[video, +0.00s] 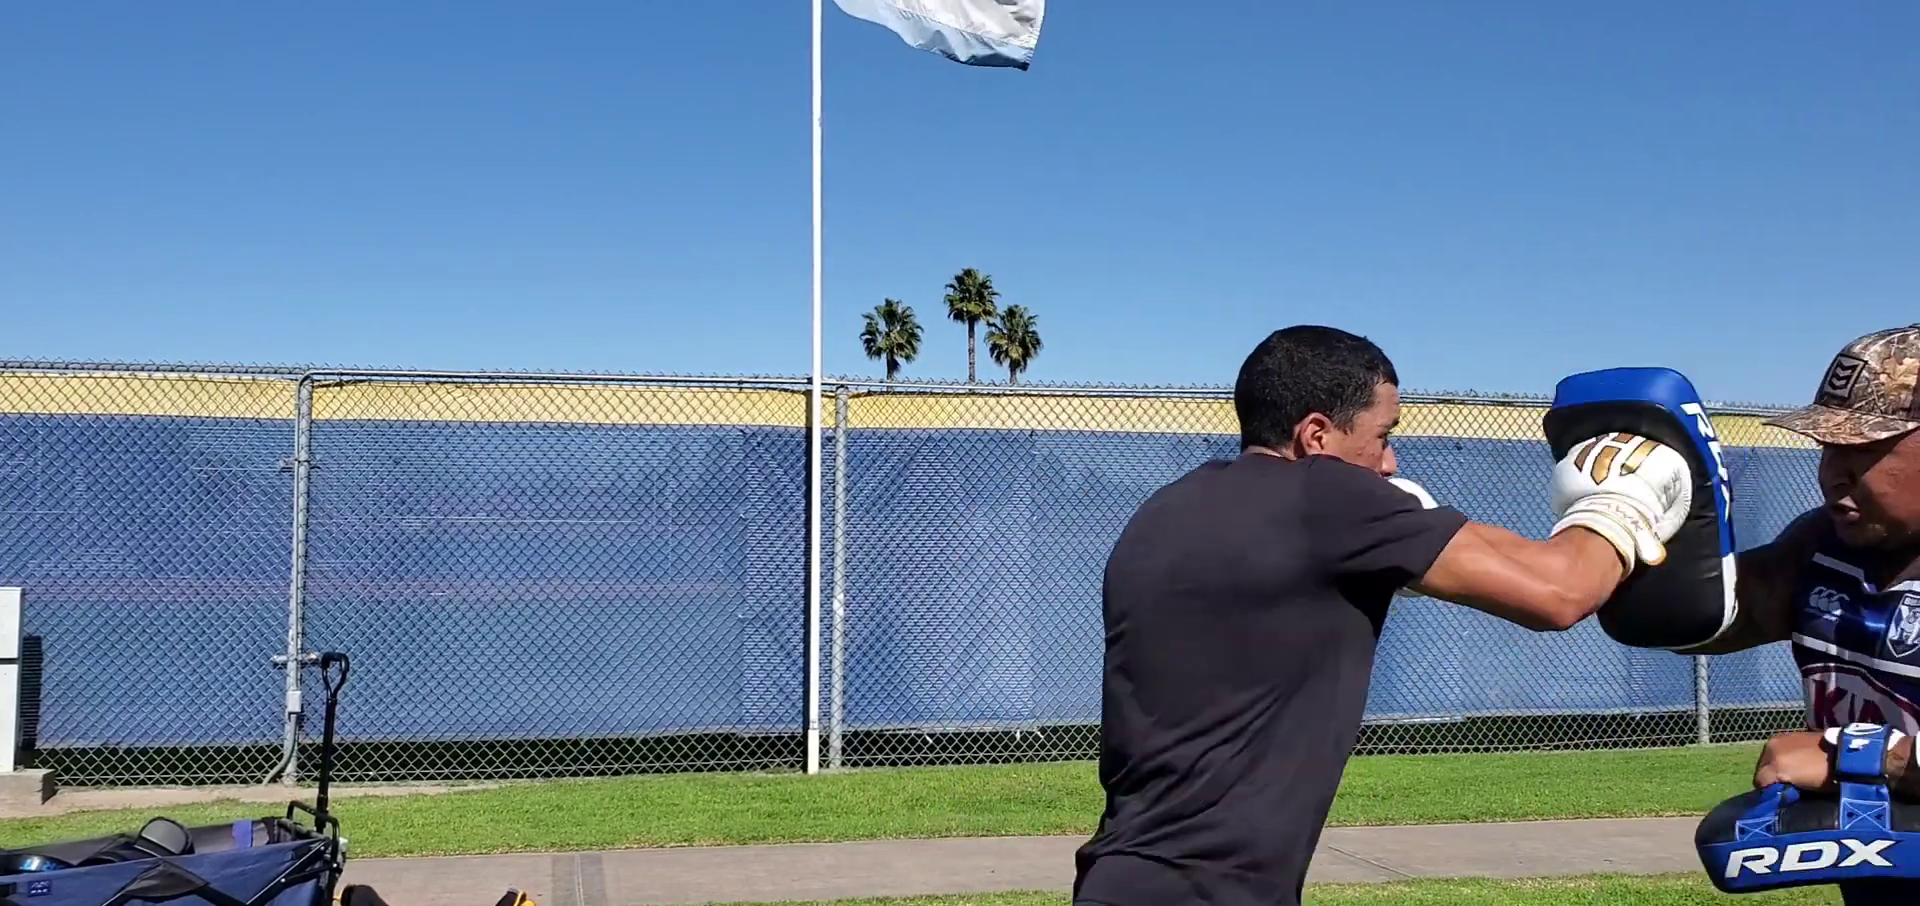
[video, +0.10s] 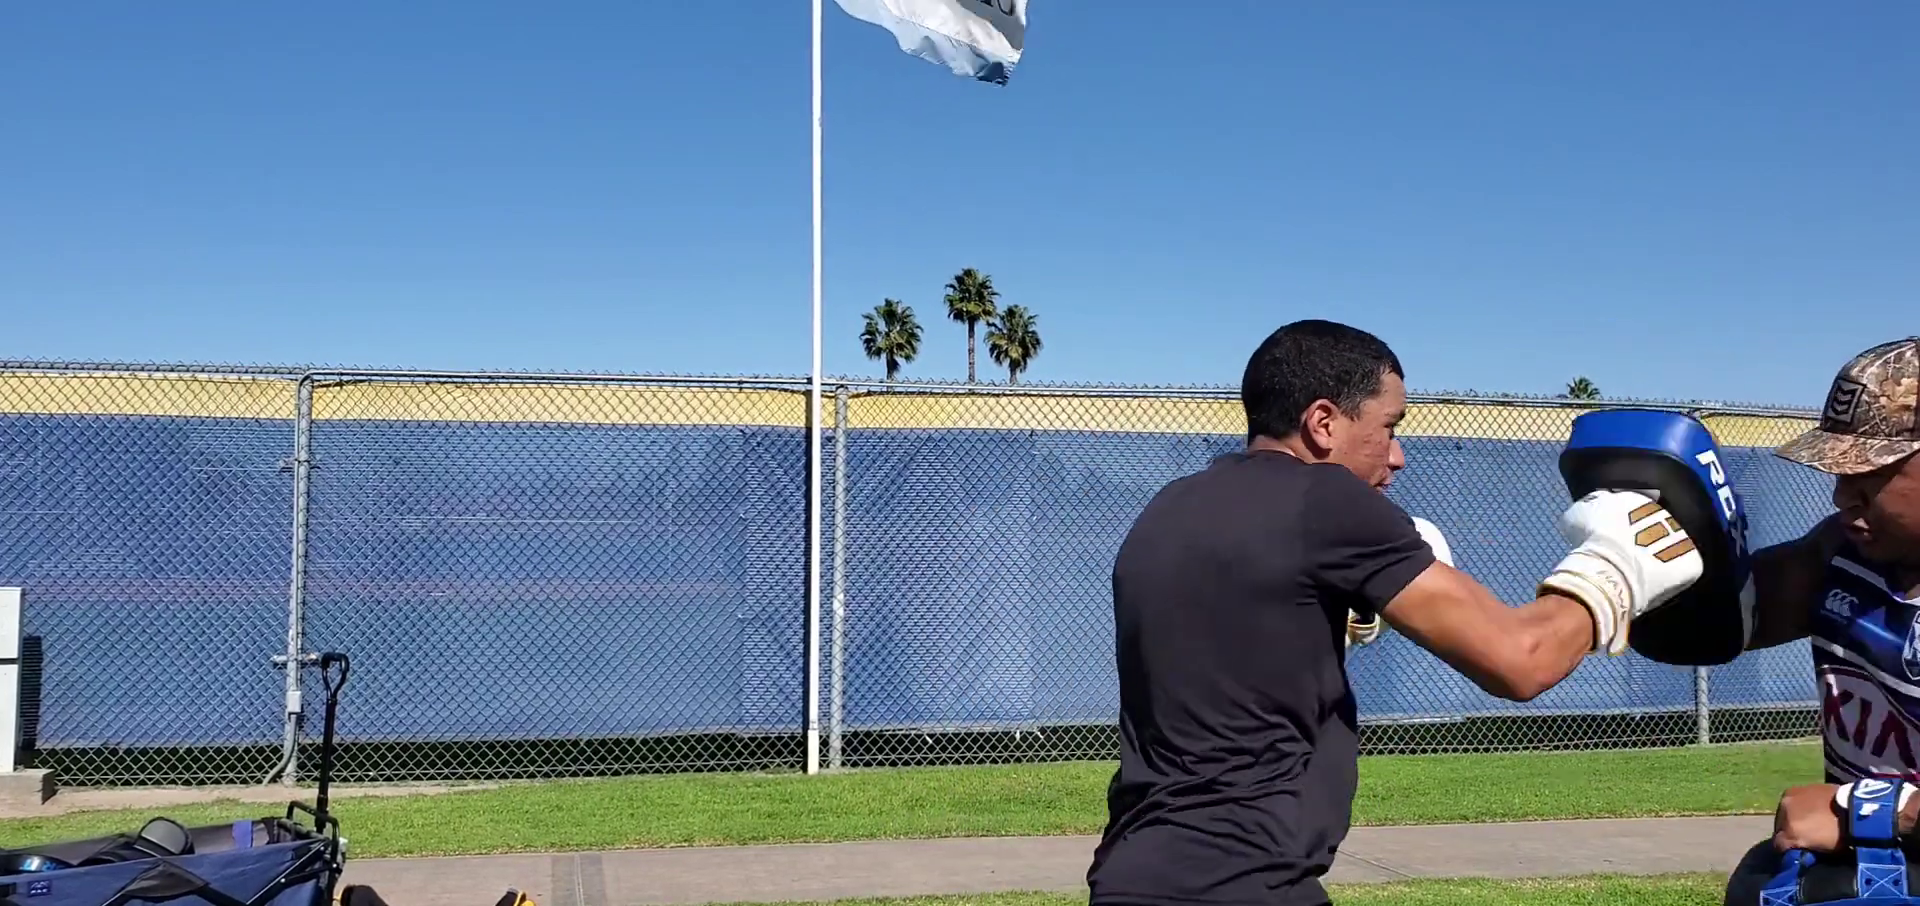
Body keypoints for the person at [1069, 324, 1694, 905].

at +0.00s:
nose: (1393, 464)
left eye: (1392, 440)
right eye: (1383, 439)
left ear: (1291, 432)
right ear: (1313, 435)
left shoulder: (1157, 518)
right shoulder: (1325, 501)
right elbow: (1557, 590)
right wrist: (1628, 504)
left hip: (1121, 871)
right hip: (1218, 883)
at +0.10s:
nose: (1399, 456)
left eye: (1398, 430)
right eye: (1388, 427)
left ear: (1309, 424)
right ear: (1322, 423)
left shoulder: (1164, 513)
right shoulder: (1326, 507)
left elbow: (1218, 671)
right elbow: (1522, 659)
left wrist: (1343, 618)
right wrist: (1607, 568)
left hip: (1131, 871)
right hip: (1251, 880)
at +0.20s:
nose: (1405, 453)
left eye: (1402, 426)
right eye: (1394, 425)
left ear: (1320, 430)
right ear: (1328, 429)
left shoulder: (1175, 514)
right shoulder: (1319, 526)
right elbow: (1400, 767)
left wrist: (1344, 603)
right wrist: (1497, 668)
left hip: (1134, 866)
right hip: (1243, 876)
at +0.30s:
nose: (1408, 468)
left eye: (1407, 443)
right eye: (1400, 441)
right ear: (1338, 434)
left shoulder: (1188, 513)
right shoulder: (1287, 538)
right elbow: (1292, 792)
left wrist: (1345, 626)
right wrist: (1410, 659)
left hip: (1138, 862)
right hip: (1223, 879)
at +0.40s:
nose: (1403, 475)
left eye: (1407, 450)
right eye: (1400, 445)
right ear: (1339, 432)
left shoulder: (1199, 505)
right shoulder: (1263, 530)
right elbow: (1273, 782)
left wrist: (1339, 608)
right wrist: (1384, 636)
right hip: (1208, 882)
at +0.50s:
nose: (1410, 494)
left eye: (1417, 472)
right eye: (1411, 468)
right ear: (1351, 452)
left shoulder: (1197, 514)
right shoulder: (1279, 539)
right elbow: (1293, 791)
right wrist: (1391, 636)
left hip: (1142, 867)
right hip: (1216, 882)